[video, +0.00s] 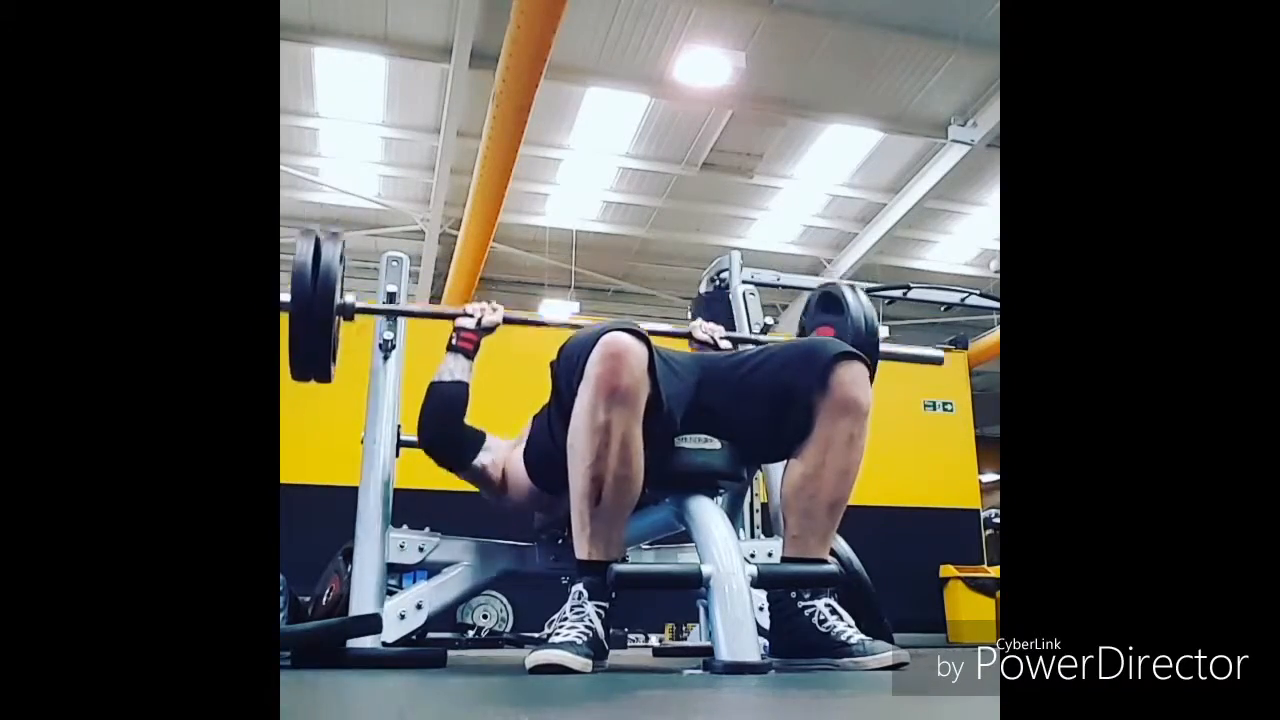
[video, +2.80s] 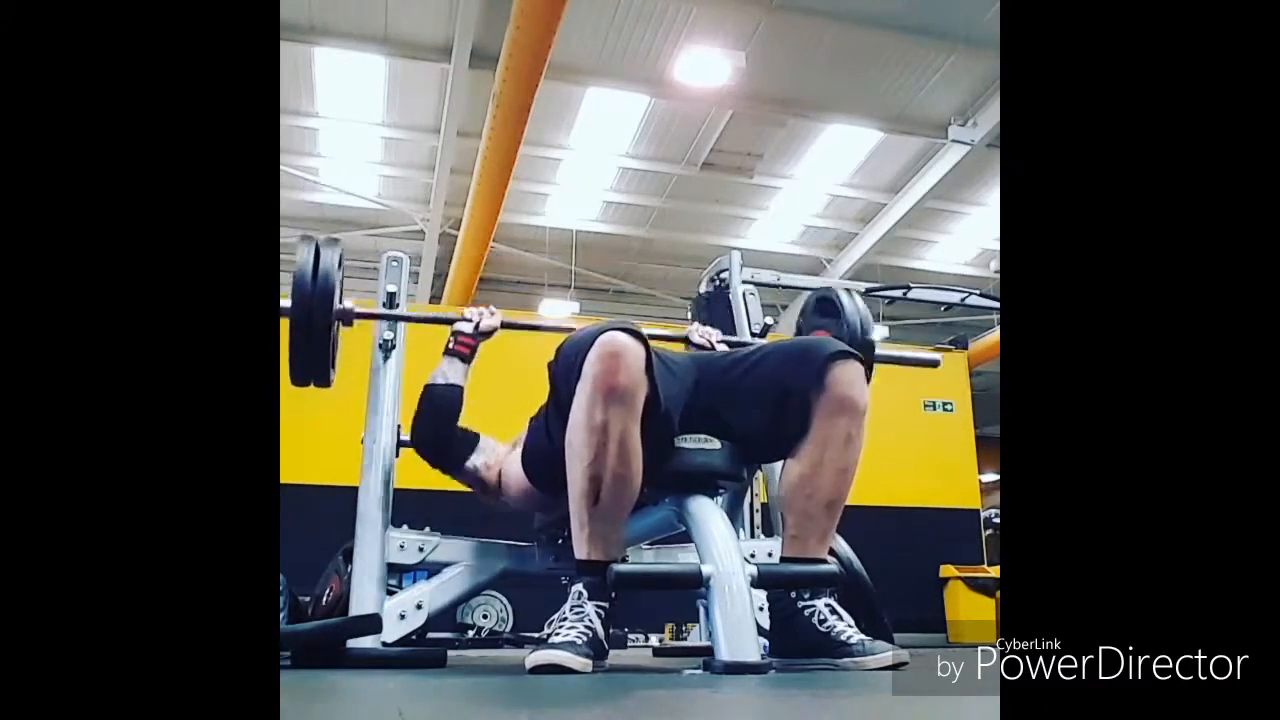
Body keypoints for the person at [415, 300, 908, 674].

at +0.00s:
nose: (491, 464)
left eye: (494, 464)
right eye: (490, 471)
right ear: (499, 475)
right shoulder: (517, 467)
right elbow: (440, 433)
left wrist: (717, 356)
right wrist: (465, 340)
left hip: (708, 389)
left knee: (846, 377)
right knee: (619, 355)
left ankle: (799, 609)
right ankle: (587, 606)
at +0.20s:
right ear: (494, 508)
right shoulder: (525, 490)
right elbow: (450, 498)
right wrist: (466, 407)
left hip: (701, 375)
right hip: (627, 361)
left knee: (850, 375)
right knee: (622, 356)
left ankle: (801, 606)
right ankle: (588, 606)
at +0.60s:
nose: (498, 470)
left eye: (497, 472)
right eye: (493, 476)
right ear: (498, 472)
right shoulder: (519, 460)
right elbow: (443, 428)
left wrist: (723, 348)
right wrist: (463, 339)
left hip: (704, 386)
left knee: (845, 378)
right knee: (621, 355)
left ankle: (798, 609)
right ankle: (587, 606)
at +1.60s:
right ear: (490, 505)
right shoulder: (519, 483)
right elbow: (448, 500)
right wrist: (466, 406)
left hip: (708, 376)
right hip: (630, 358)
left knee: (850, 375)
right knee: (618, 356)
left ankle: (801, 607)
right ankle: (587, 606)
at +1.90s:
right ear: (499, 477)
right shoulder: (514, 476)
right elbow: (440, 459)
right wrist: (465, 366)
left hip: (709, 372)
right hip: (622, 354)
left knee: (848, 376)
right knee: (622, 359)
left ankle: (801, 607)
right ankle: (588, 604)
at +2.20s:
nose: (496, 445)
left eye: (496, 446)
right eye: (492, 451)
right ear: (498, 466)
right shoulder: (522, 475)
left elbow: (735, 394)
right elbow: (455, 396)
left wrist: (720, 328)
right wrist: (468, 300)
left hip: (707, 384)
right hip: (631, 366)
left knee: (851, 377)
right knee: (628, 355)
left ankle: (800, 606)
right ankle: (586, 605)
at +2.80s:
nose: (494, 475)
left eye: (491, 471)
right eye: (488, 481)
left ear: (510, 459)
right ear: (498, 492)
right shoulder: (517, 463)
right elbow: (432, 434)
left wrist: (715, 352)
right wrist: (464, 343)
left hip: (703, 383)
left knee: (841, 376)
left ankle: (799, 606)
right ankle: (587, 605)